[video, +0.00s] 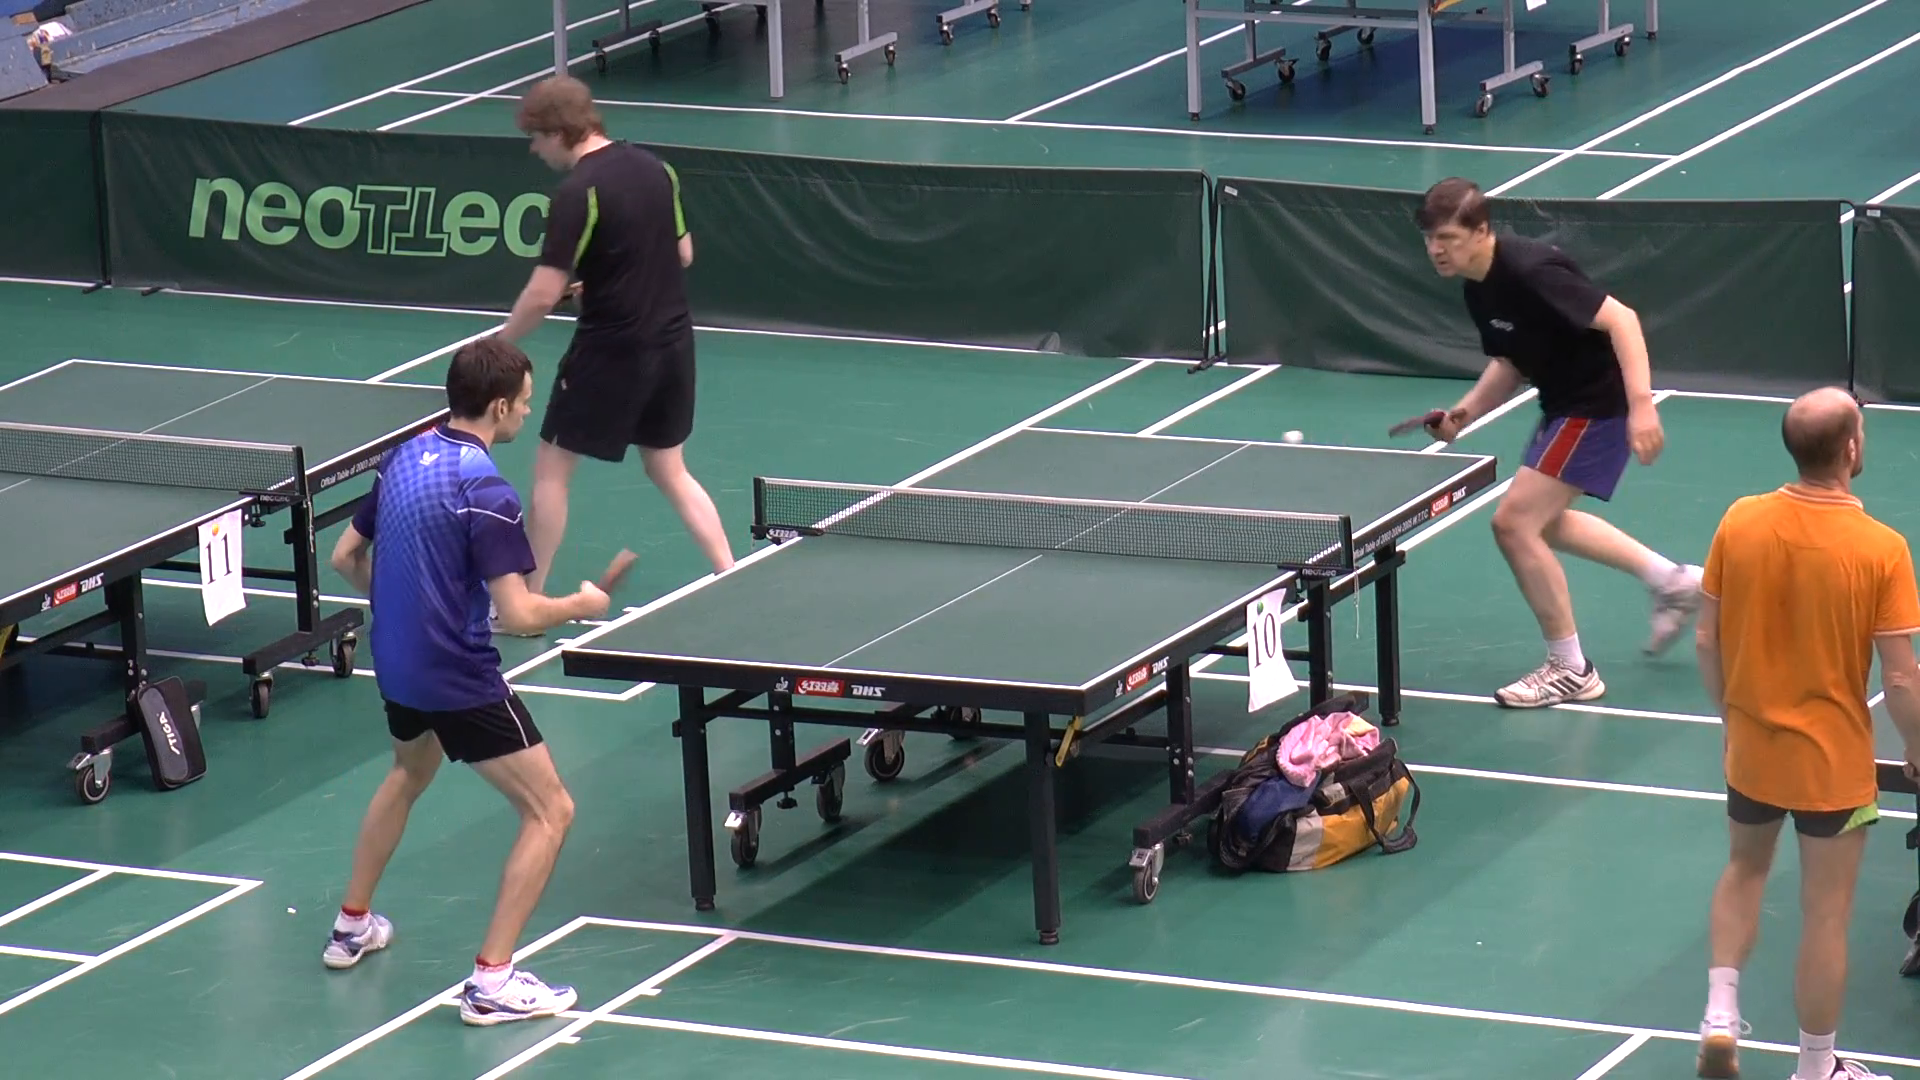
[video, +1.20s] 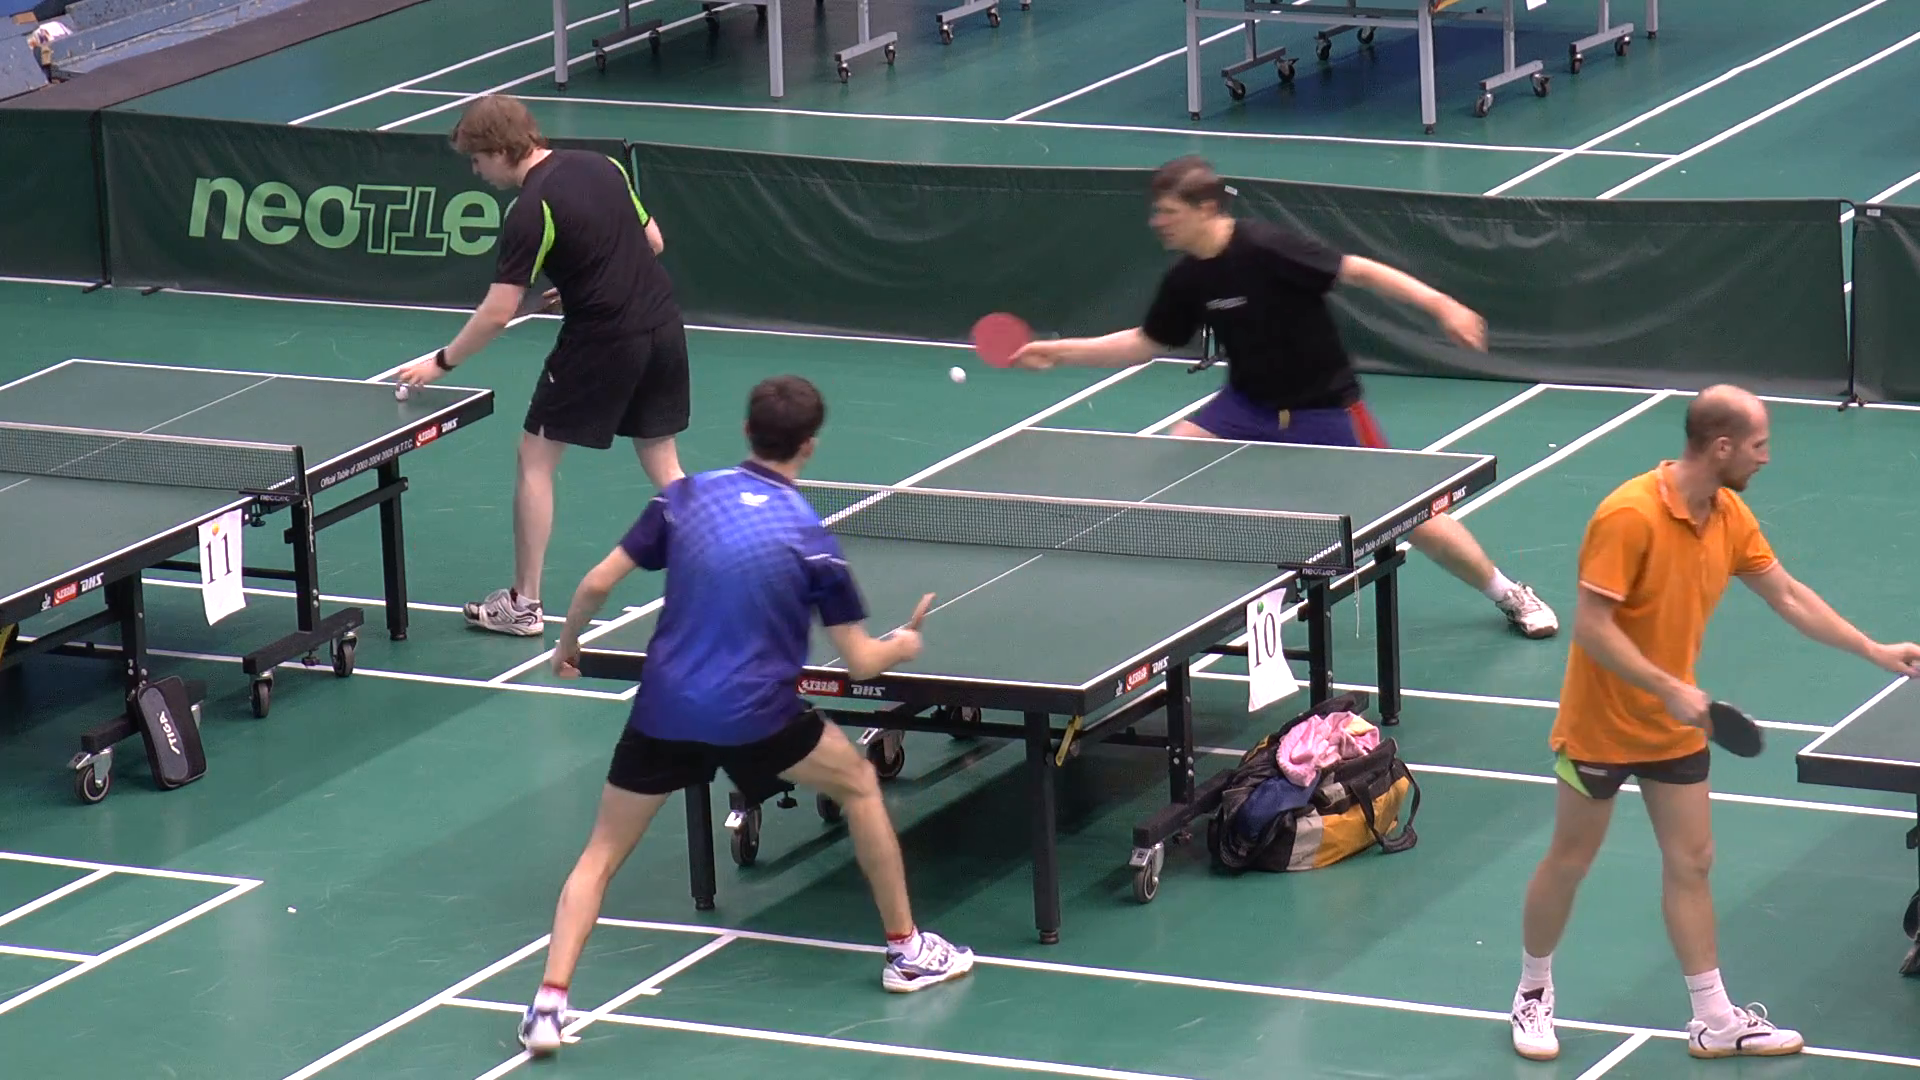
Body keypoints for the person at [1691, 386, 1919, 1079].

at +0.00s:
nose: (1863, 433)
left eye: (1857, 424)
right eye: (1861, 426)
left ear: (1790, 450)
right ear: (1852, 449)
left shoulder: (1741, 521)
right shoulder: (1882, 546)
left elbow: (1708, 639)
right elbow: (1901, 681)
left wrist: (1729, 713)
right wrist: (1916, 756)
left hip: (1749, 747)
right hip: (1834, 758)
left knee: (1744, 866)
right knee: (1826, 915)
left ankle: (1721, 1009)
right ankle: (1817, 1066)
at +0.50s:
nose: (1839, 428)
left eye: (1837, 416)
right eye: (1836, 418)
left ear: (1770, 433)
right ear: (1818, 434)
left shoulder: (1731, 499)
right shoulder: (1790, 521)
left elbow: (1721, 627)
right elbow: (1800, 647)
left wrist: (1776, 706)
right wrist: (1877, 691)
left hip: (1702, 721)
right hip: (1746, 734)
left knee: (1716, 872)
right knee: (1780, 890)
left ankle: (1714, 1020)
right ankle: (1797, 1054)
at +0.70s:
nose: (1834, 431)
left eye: (1831, 420)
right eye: (1830, 421)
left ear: (1775, 430)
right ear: (1808, 434)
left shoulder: (1749, 496)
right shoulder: (1751, 514)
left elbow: (1774, 621)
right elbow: (1753, 646)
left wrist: (1833, 674)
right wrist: (1827, 688)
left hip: (1712, 715)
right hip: (1698, 725)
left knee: (1716, 870)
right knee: (1713, 879)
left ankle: (1717, 1016)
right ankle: (1692, 1044)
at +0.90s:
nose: (1823, 440)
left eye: (1821, 429)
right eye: (1818, 430)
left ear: (1772, 435)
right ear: (1791, 439)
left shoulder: (1756, 503)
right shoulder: (1717, 513)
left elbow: (1787, 587)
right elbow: (1693, 634)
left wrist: (1880, 608)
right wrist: (1775, 689)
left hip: (1709, 717)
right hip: (1660, 721)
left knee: (1704, 863)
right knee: (1643, 873)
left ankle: (1714, 1019)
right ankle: (1584, 1011)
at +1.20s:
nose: (1765, 456)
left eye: (1766, 443)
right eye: (1759, 444)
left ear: (1719, 445)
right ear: (1717, 445)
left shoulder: (1729, 513)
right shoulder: (1628, 515)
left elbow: (1789, 596)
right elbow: (1590, 627)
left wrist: (1876, 650)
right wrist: (1669, 688)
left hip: (1674, 716)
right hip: (1600, 717)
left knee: (1690, 860)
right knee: (1569, 858)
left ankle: (1713, 1019)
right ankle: (1532, 994)